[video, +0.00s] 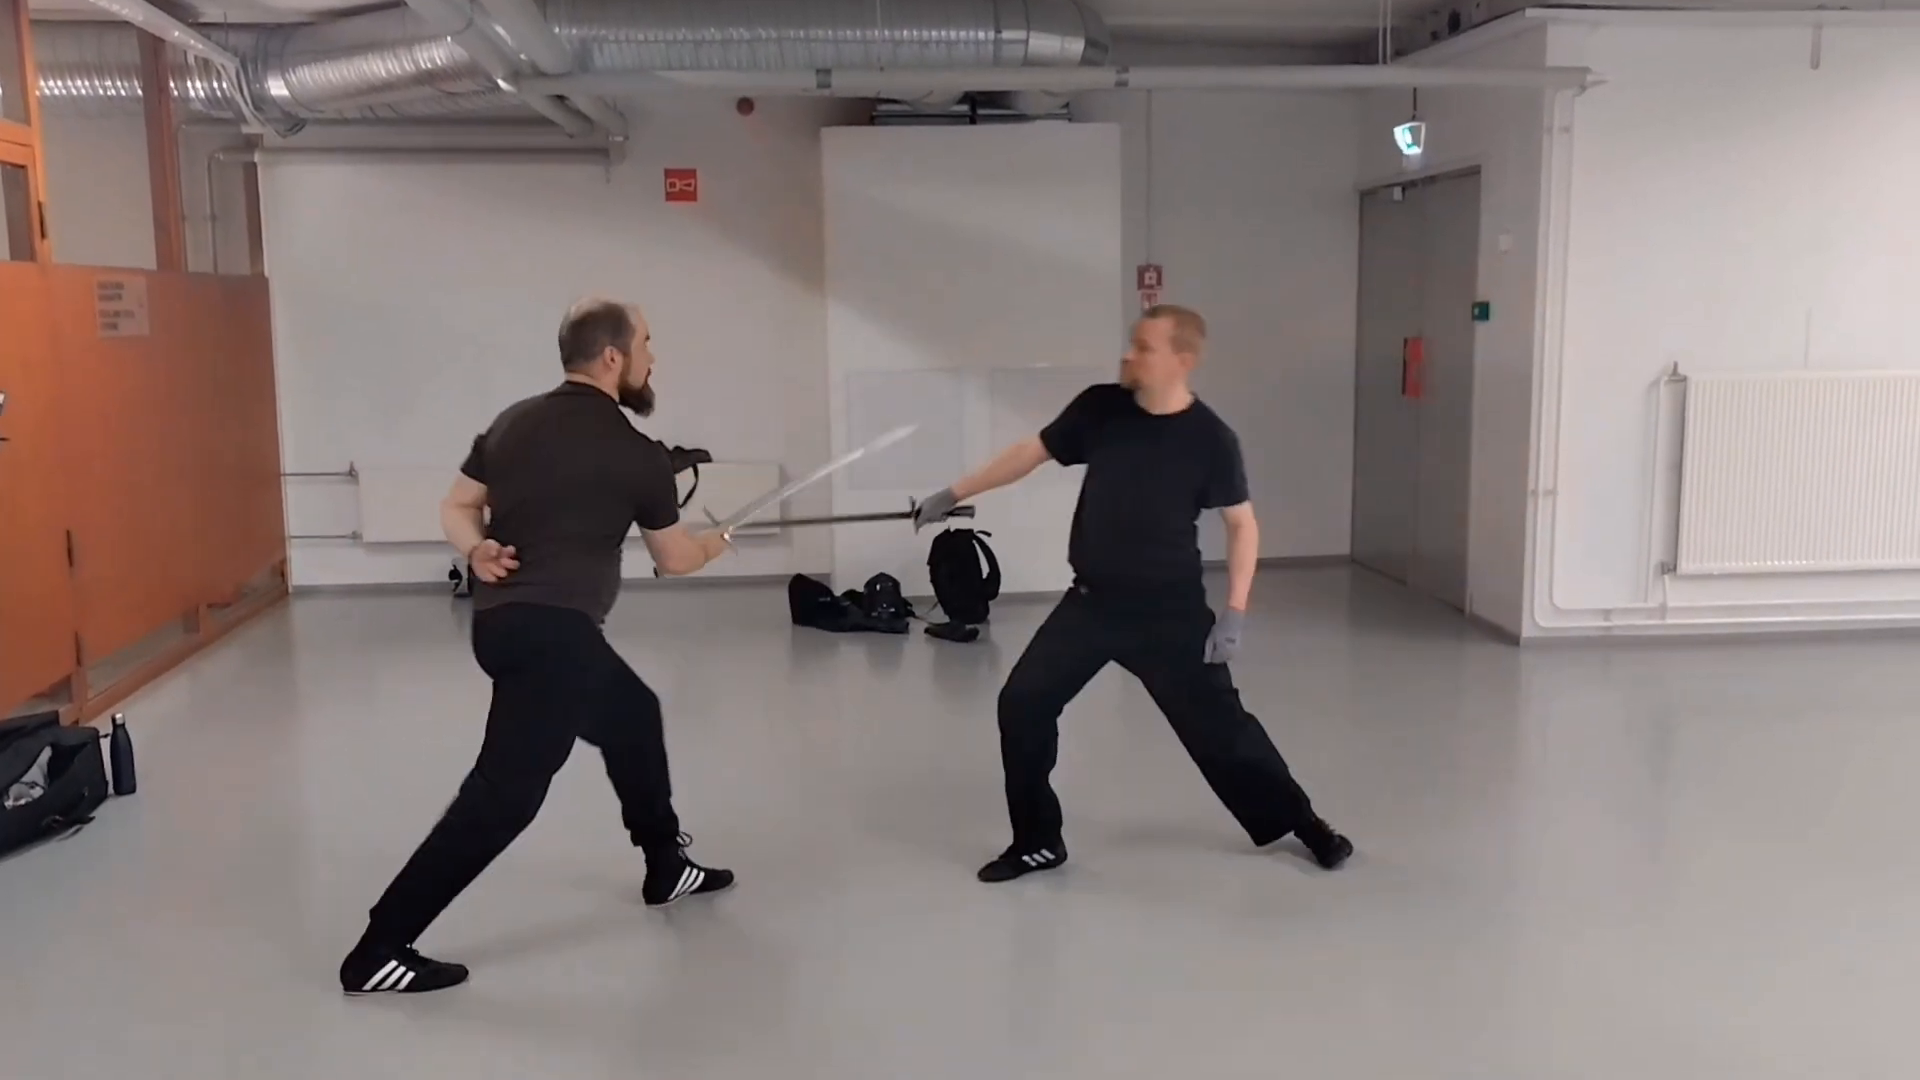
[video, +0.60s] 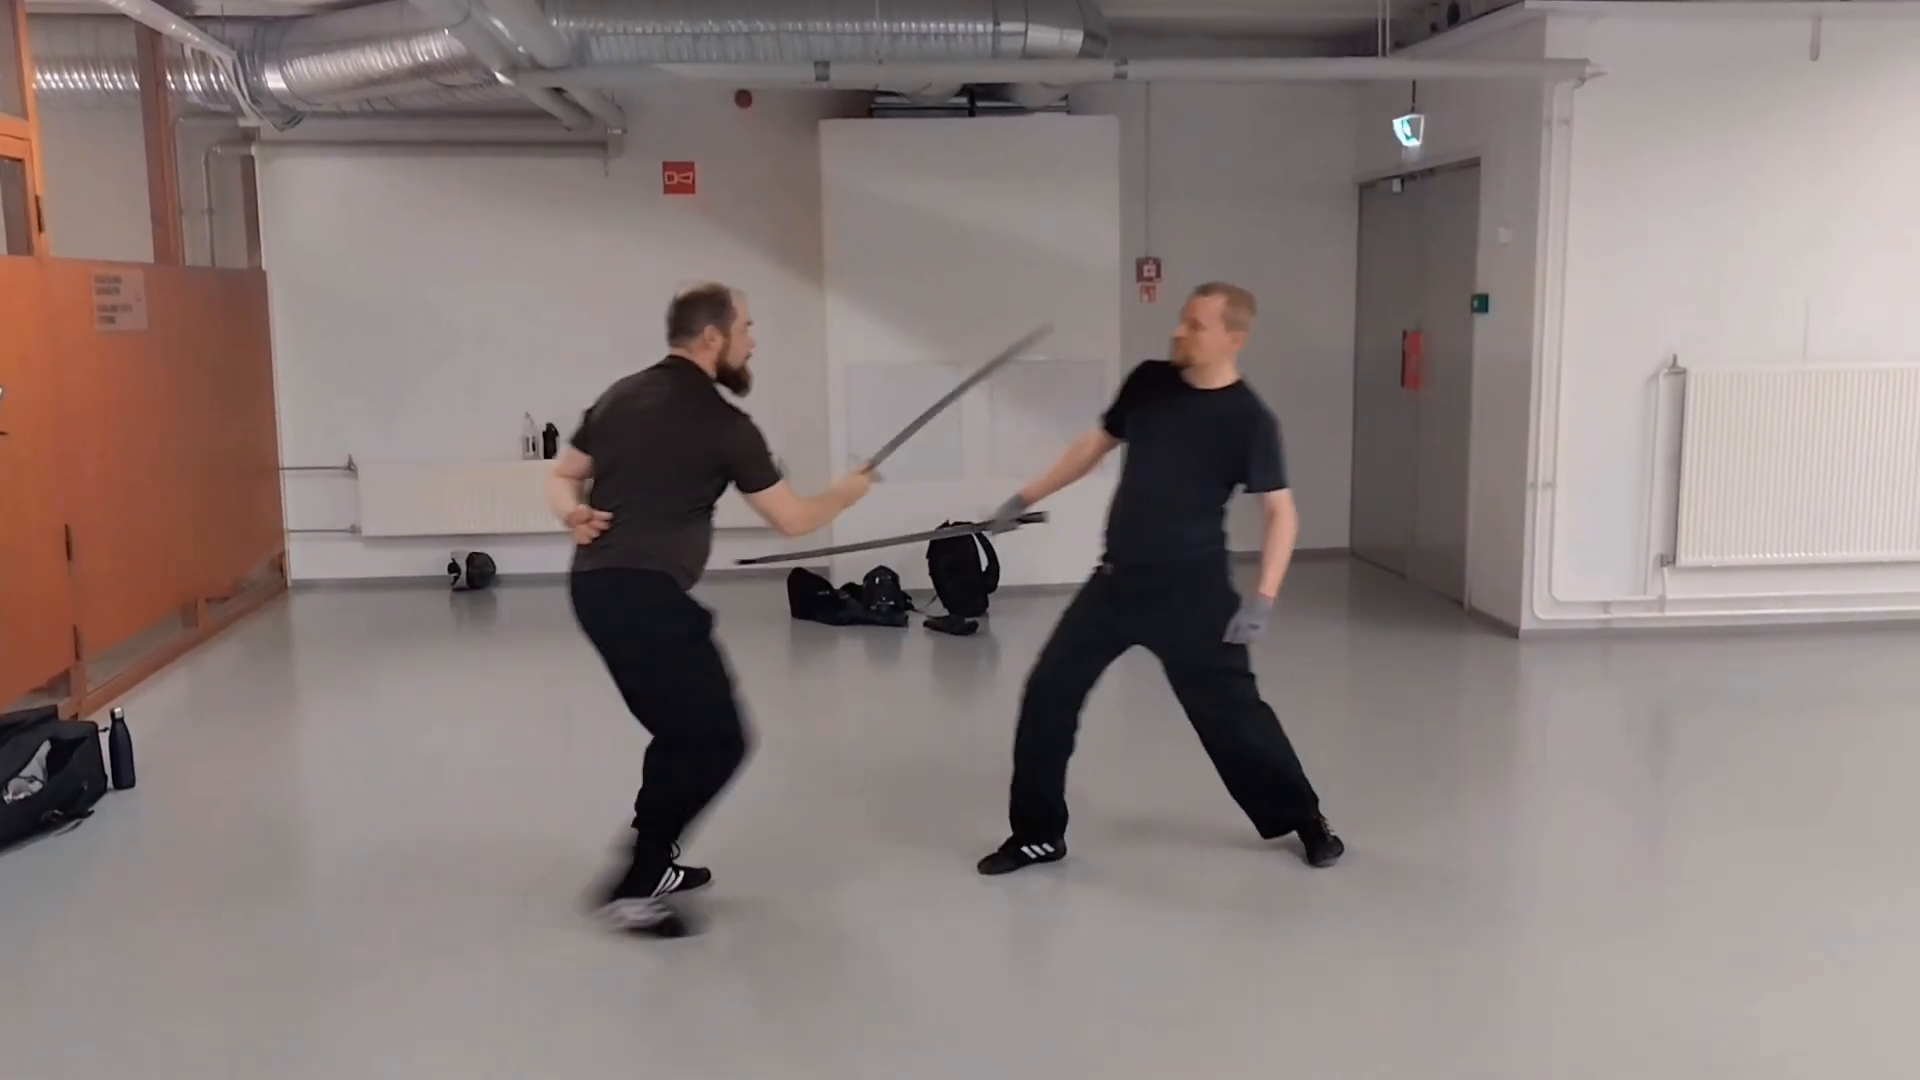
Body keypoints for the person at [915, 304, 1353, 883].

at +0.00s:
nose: (1128, 356)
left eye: (1143, 349)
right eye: (1131, 345)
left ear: (1183, 360)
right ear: (1137, 353)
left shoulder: (1211, 439)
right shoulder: (1101, 407)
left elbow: (1242, 528)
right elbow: (1029, 454)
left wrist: (1234, 614)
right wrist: (952, 494)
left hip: (1169, 613)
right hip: (1090, 605)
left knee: (1224, 728)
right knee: (1022, 702)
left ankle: (1305, 824)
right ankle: (1038, 839)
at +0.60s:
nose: (1179, 332)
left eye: (1194, 326)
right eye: (1182, 321)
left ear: (1233, 339)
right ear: (1183, 326)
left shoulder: (1249, 419)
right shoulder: (1150, 381)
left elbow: (1281, 514)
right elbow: (1093, 447)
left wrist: (1263, 599)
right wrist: (1025, 498)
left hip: (1193, 591)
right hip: (1118, 581)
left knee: (1233, 714)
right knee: (1049, 690)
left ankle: (1306, 818)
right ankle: (1038, 832)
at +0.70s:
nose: (1216, 320)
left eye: (1230, 312)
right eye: (1218, 308)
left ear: (1268, 325)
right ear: (1223, 314)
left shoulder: (1286, 404)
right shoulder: (1187, 368)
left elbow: (1313, 502)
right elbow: (1136, 435)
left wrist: (1292, 586)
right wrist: (1071, 492)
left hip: (1229, 575)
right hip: (1157, 569)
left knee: (1256, 706)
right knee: (1094, 690)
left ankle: (1312, 822)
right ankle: (1046, 824)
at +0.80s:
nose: (1248, 304)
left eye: (1263, 297)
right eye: (1251, 293)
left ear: (1302, 311)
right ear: (1264, 301)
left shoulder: (1323, 390)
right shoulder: (1224, 354)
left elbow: (1350, 489)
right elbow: (1182, 430)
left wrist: (1327, 571)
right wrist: (1126, 487)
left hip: (1273, 563)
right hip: (1200, 555)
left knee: (1287, 697)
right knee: (1145, 679)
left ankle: (1316, 825)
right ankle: (1086, 809)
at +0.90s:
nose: (1272, 292)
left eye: (1287, 285)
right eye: (1275, 281)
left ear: (1328, 297)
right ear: (1279, 288)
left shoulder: (1353, 376)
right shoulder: (1253, 347)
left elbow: (1382, 476)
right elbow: (1219, 428)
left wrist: (1358, 561)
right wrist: (1172, 491)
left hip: (1306, 555)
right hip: (1231, 546)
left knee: (1314, 694)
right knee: (1180, 670)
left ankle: (1318, 824)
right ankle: (1168, 802)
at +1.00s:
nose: (1293, 283)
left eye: (1307, 274)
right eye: (1295, 272)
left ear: (1349, 286)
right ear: (1305, 280)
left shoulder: (1374, 364)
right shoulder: (1278, 340)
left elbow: (1403, 468)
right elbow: (1254, 422)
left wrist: (1376, 553)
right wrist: (1214, 491)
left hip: (1332, 545)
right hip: (1262, 538)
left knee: (1326, 692)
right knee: (1232, 676)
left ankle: (1320, 823)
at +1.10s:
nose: (1311, 278)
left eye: (1326, 268)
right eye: (1314, 267)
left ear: (1368, 280)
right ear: (1329, 278)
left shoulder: (1394, 359)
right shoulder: (1301, 339)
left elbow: (1414, 463)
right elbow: (1281, 424)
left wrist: (1388, 550)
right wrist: (1242, 496)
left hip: (1351, 536)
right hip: (1292, 530)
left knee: (1331, 681)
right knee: (1293, 675)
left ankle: (1320, 820)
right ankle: (1363, 759)